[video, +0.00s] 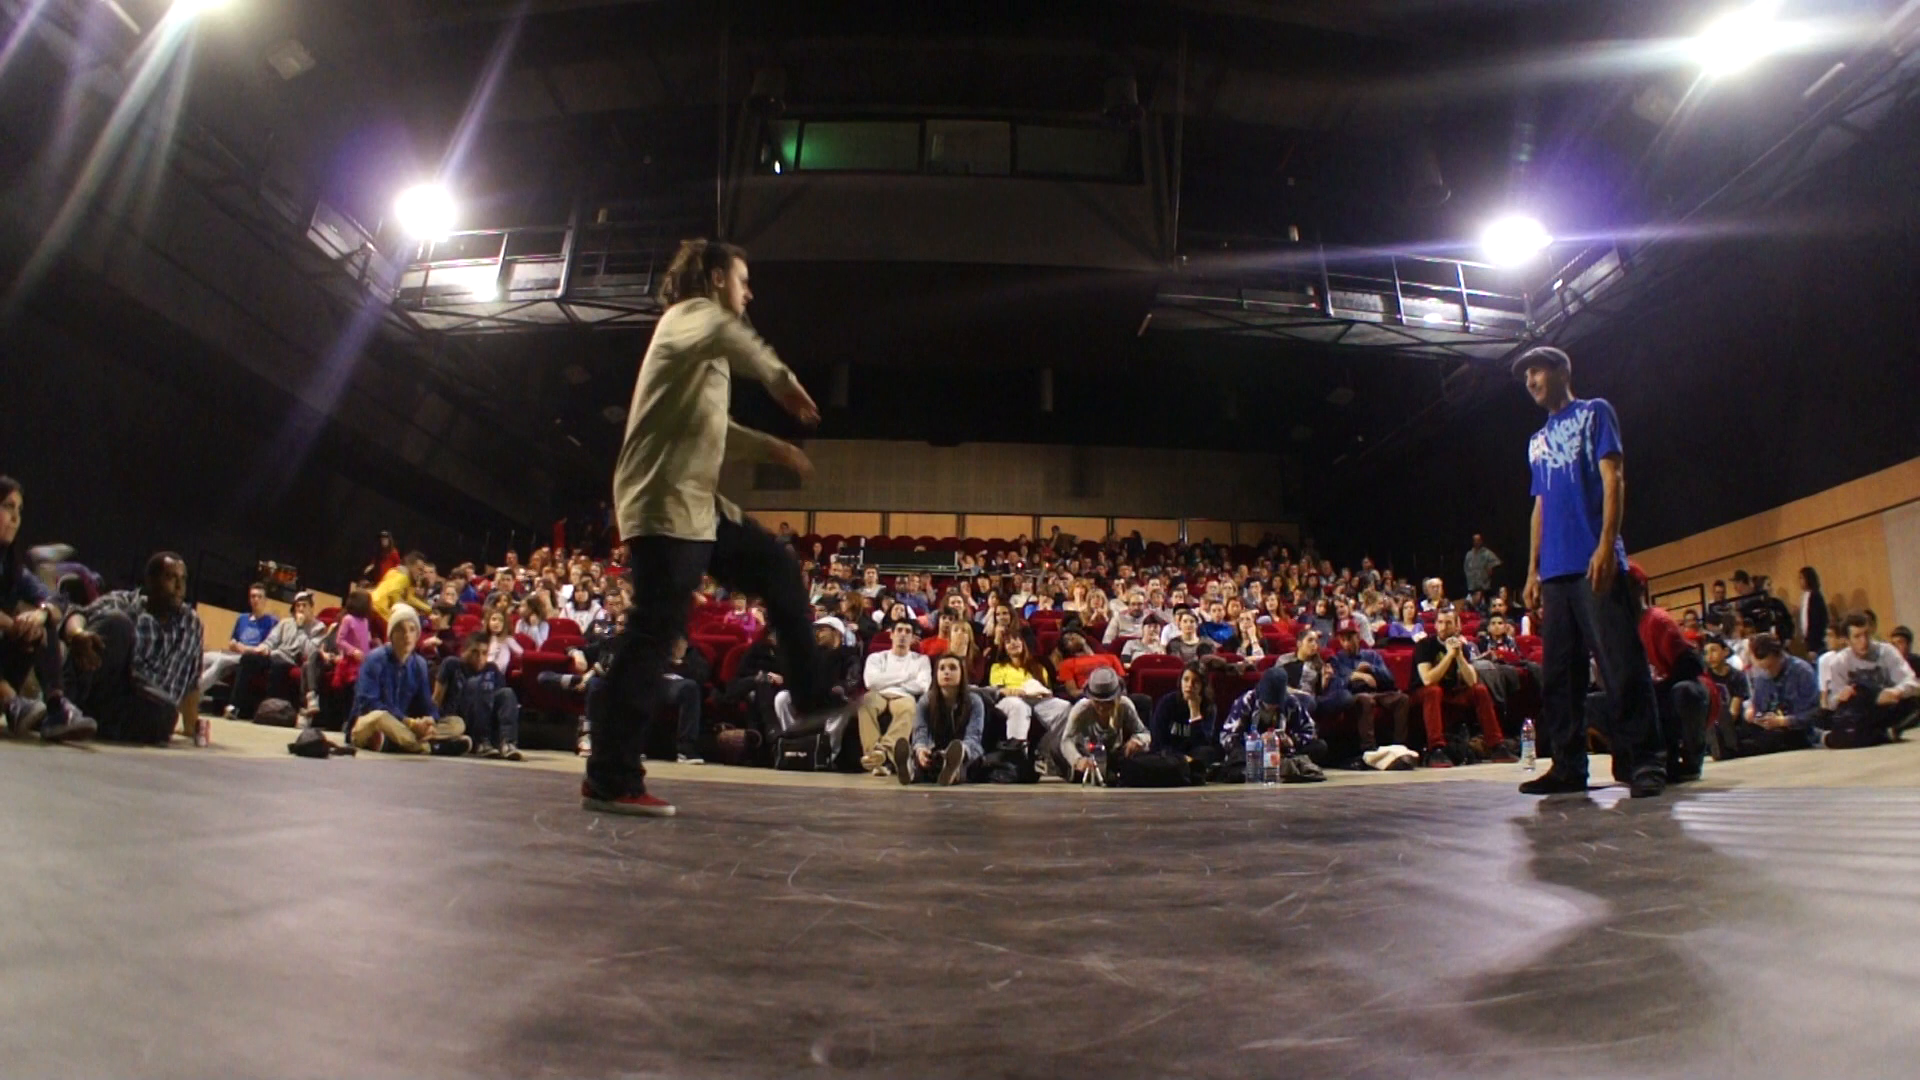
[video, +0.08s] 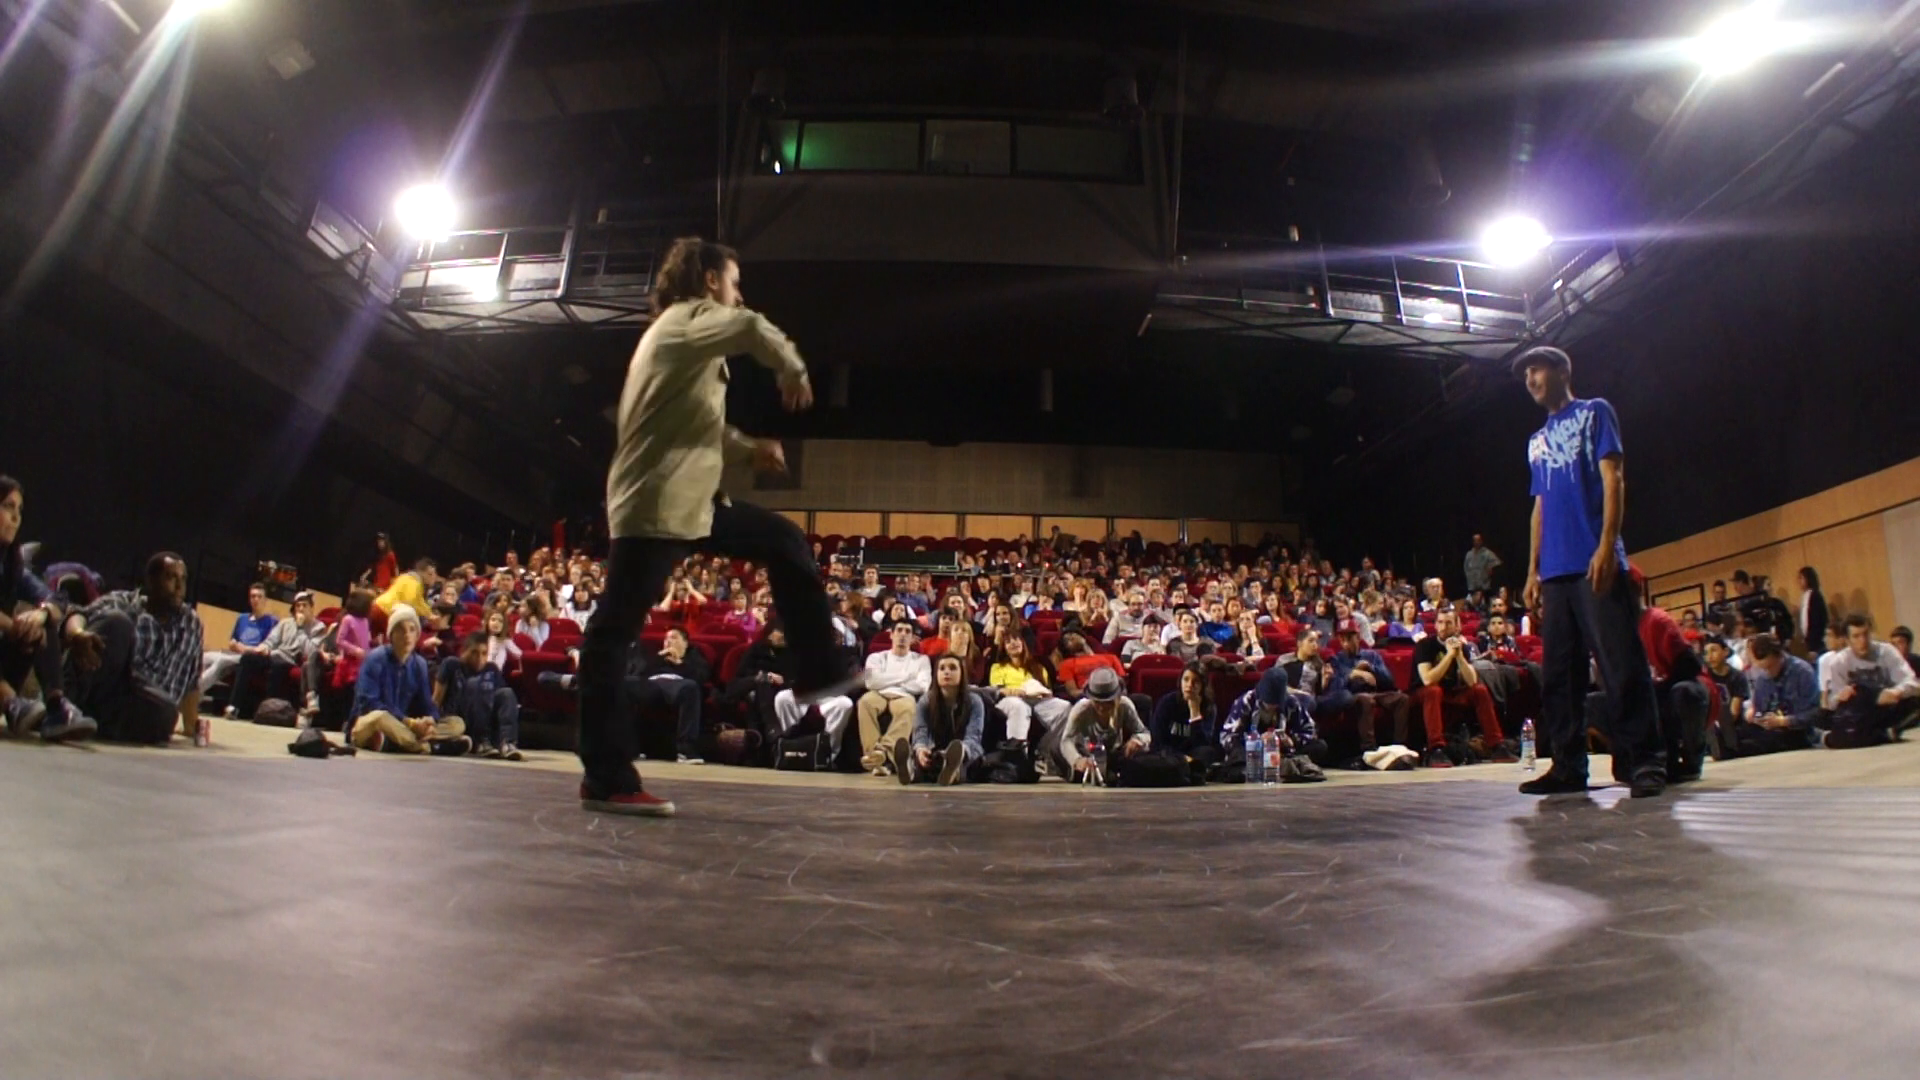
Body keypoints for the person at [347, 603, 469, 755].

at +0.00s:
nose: (407, 636)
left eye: (412, 630)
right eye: (401, 631)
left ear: (418, 634)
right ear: (391, 635)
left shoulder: (419, 664)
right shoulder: (375, 659)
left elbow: (426, 703)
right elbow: (368, 703)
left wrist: (430, 720)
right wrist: (406, 722)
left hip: (412, 724)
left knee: (457, 723)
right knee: (380, 717)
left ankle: (395, 744)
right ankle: (427, 748)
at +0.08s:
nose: (407, 636)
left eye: (412, 630)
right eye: (401, 630)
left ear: (418, 634)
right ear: (391, 635)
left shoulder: (420, 664)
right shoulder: (375, 659)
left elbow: (426, 703)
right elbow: (368, 703)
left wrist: (430, 720)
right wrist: (407, 722)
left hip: (412, 724)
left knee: (457, 724)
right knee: (380, 717)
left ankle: (394, 744)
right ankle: (427, 748)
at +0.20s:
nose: (407, 636)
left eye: (412, 630)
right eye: (401, 631)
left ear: (417, 634)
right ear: (391, 636)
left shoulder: (420, 664)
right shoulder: (375, 658)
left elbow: (426, 703)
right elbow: (368, 703)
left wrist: (430, 720)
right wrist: (407, 722)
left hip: (412, 725)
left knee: (457, 723)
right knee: (380, 717)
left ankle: (394, 744)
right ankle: (426, 748)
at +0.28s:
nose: (407, 636)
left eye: (412, 630)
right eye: (401, 631)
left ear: (418, 634)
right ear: (391, 635)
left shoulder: (420, 664)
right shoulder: (375, 659)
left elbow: (426, 704)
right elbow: (367, 703)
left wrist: (430, 720)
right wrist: (406, 722)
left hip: (412, 724)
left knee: (457, 723)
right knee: (380, 717)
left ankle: (395, 744)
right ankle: (427, 748)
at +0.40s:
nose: (407, 636)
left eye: (412, 630)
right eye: (401, 631)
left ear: (418, 634)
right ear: (391, 635)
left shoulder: (420, 664)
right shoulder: (375, 659)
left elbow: (426, 703)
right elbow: (367, 703)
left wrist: (430, 720)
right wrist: (406, 722)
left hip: (412, 724)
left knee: (457, 723)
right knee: (380, 717)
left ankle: (395, 744)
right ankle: (426, 748)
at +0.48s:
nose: (407, 636)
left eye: (412, 630)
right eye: (401, 630)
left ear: (417, 635)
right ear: (391, 635)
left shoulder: (420, 664)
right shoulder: (375, 659)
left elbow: (426, 704)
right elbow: (367, 703)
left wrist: (430, 721)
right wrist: (406, 721)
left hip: (411, 725)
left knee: (457, 723)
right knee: (380, 717)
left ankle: (394, 744)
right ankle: (427, 748)